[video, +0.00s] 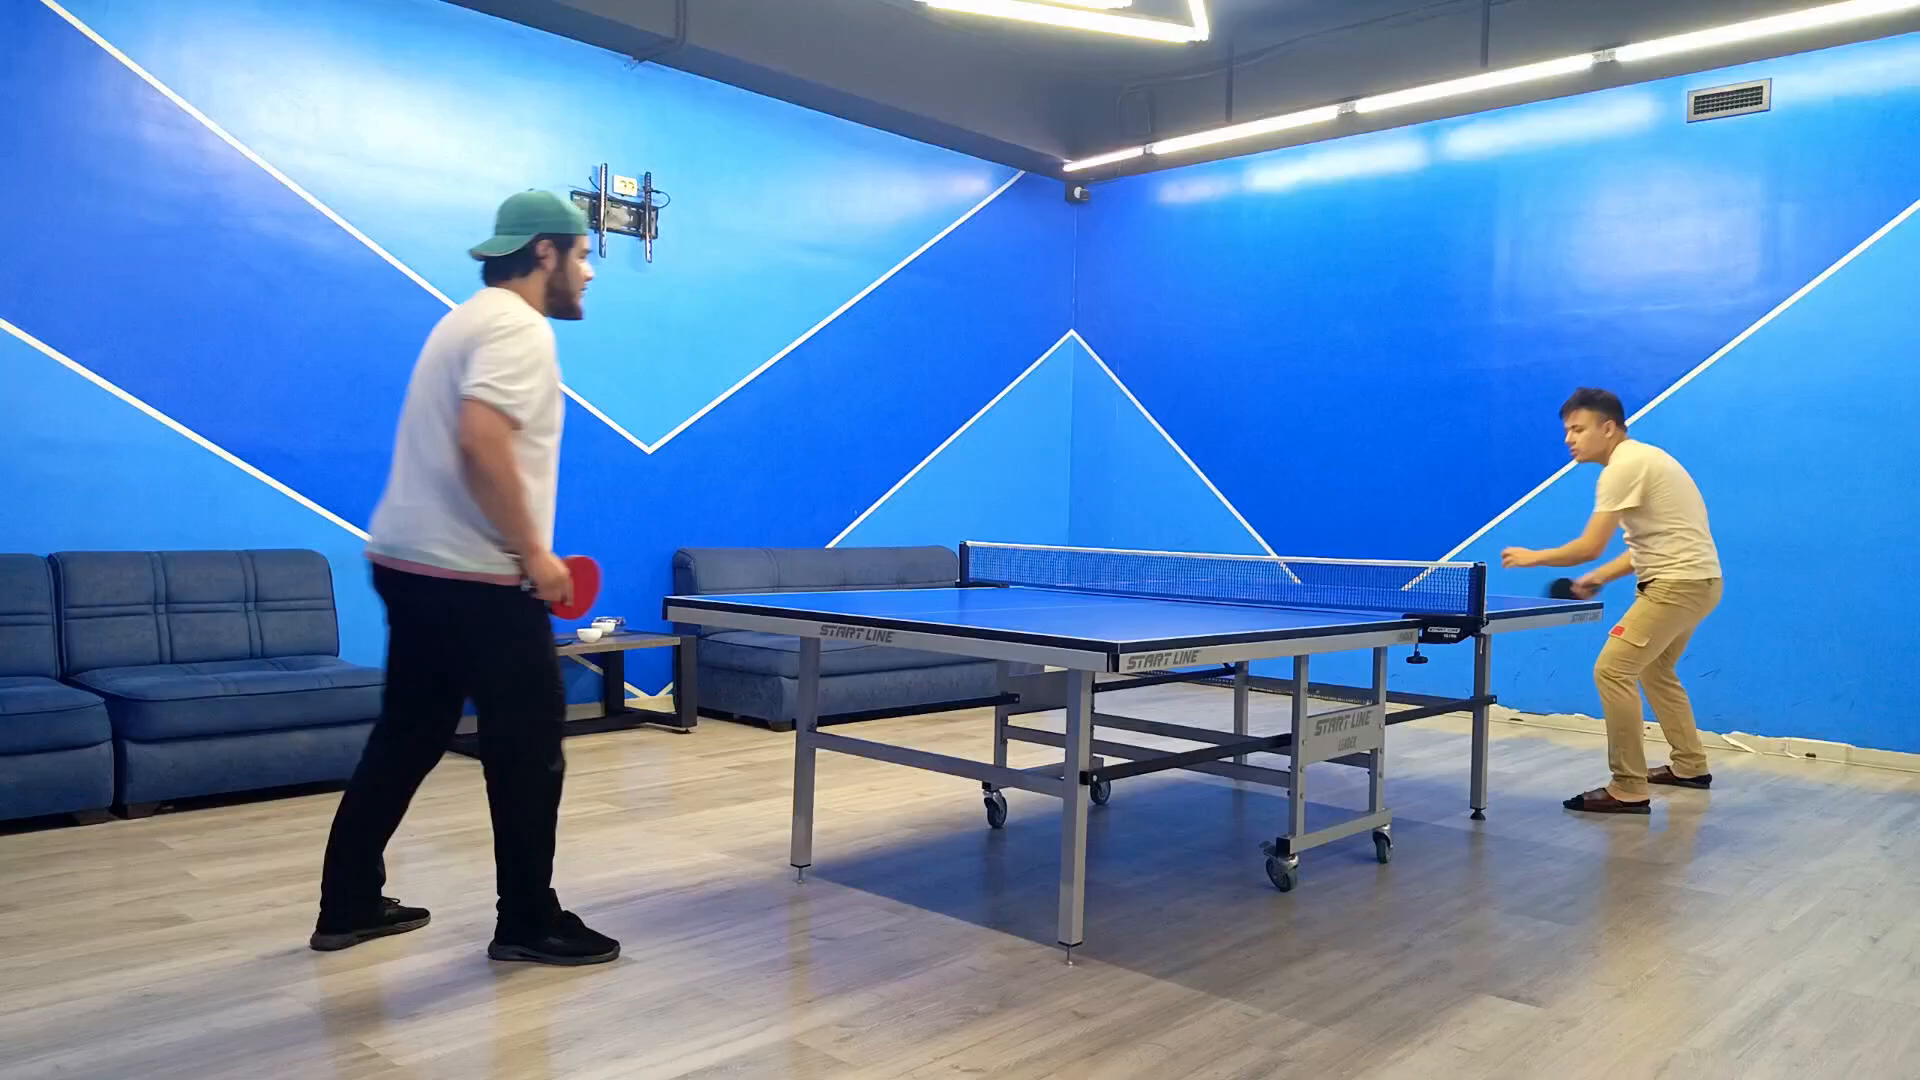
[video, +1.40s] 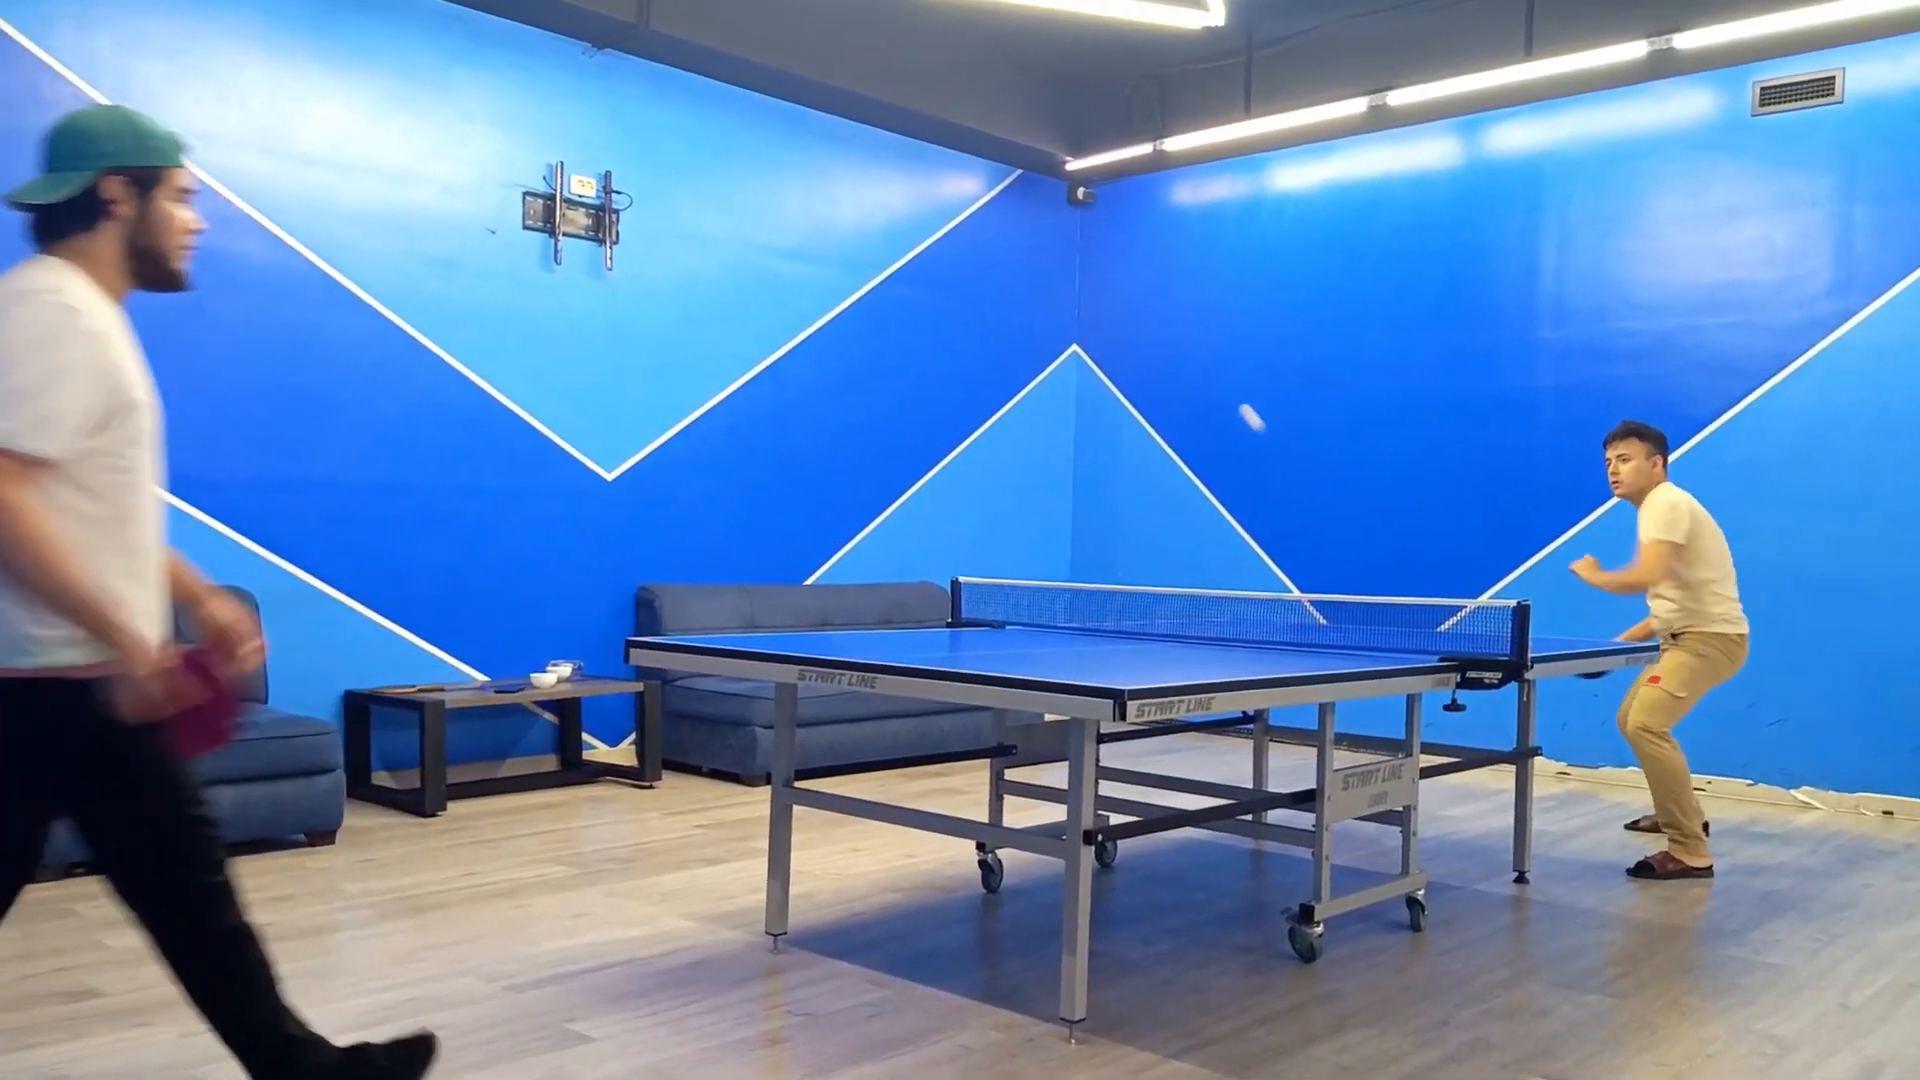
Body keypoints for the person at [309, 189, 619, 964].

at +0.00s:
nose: (589, 273)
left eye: (589, 258)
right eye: (583, 258)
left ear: (517, 259)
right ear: (543, 256)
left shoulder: (464, 320)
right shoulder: (518, 327)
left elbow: (449, 457)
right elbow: (481, 442)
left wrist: (533, 556)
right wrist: (536, 557)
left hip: (416, 570)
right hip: (478, 579)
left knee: (411, 734)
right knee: (528, 743)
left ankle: (347, 903)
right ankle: (529, 918)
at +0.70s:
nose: (544, 306)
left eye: (544, 289)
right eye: (534, 288)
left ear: (471, 287)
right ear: (481, 284)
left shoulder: (399, 353)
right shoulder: (447, 366)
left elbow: (401, 515)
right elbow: (436, 516)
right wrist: (554, 621)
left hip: (321, 616)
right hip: (379, 620)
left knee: (409, 769)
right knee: (499, 782)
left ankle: (336, 955)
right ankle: (422, 1028)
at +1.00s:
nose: (463, 323)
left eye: (461, 304)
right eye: (450, 302)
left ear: (382, 300)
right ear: (388, 298)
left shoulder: (298, 381)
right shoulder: (362, 408)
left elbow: (291, 540)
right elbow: (478, 556)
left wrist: (382, 616)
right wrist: (649, 575)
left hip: (235, 671)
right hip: (296, 677)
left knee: (347, 799)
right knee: (457, 826)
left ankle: (306, 977)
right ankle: (388, 1062)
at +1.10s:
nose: (381, 276)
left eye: (379, 256)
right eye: (370, 255)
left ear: (303, 259)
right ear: (311, 256)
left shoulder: (208, 344)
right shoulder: (291, 375)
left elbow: (244, 503)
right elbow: (388, 534)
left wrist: (351, 578)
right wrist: (562, 581)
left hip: (145, 651)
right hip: (225, 659)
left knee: (259, 789)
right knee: (372, 821)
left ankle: (193, 997)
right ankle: (342, 1054)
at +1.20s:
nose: (287, 239)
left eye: (283, 217)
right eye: (273, 216)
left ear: (207, 220)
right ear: (217, 218)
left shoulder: (115, 316)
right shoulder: (189, 340)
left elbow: (164, 493)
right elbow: (224, 514)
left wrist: (273, 560)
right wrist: (403, 599)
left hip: (65, 637)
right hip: (141, 644)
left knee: (154, 806)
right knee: (274, 818)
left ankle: (9, 1015)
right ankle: (295, 1052)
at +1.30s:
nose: (242, 222)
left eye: (238, 200)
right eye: (228, 200)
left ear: (168, 205)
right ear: (167, 201)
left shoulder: (123, 315)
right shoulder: (118, 317)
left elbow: (164, 518)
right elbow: (110, 499)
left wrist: (286, 601)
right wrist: (265, 607)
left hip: (65, 663)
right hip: (116, 664)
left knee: (39, 869)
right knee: (228, 856)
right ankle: (300, 1052)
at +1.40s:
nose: (197, 221)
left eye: (194, 200)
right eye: (181, 198)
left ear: (117, 201)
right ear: (116, 197)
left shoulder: (84, 314)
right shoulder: (52, 312)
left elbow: (86, 501)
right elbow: (7, 493)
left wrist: (197, 593)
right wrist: (124, 638)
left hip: (64, 675)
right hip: (56, 679)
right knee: (184, 880)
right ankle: (296, 1061)